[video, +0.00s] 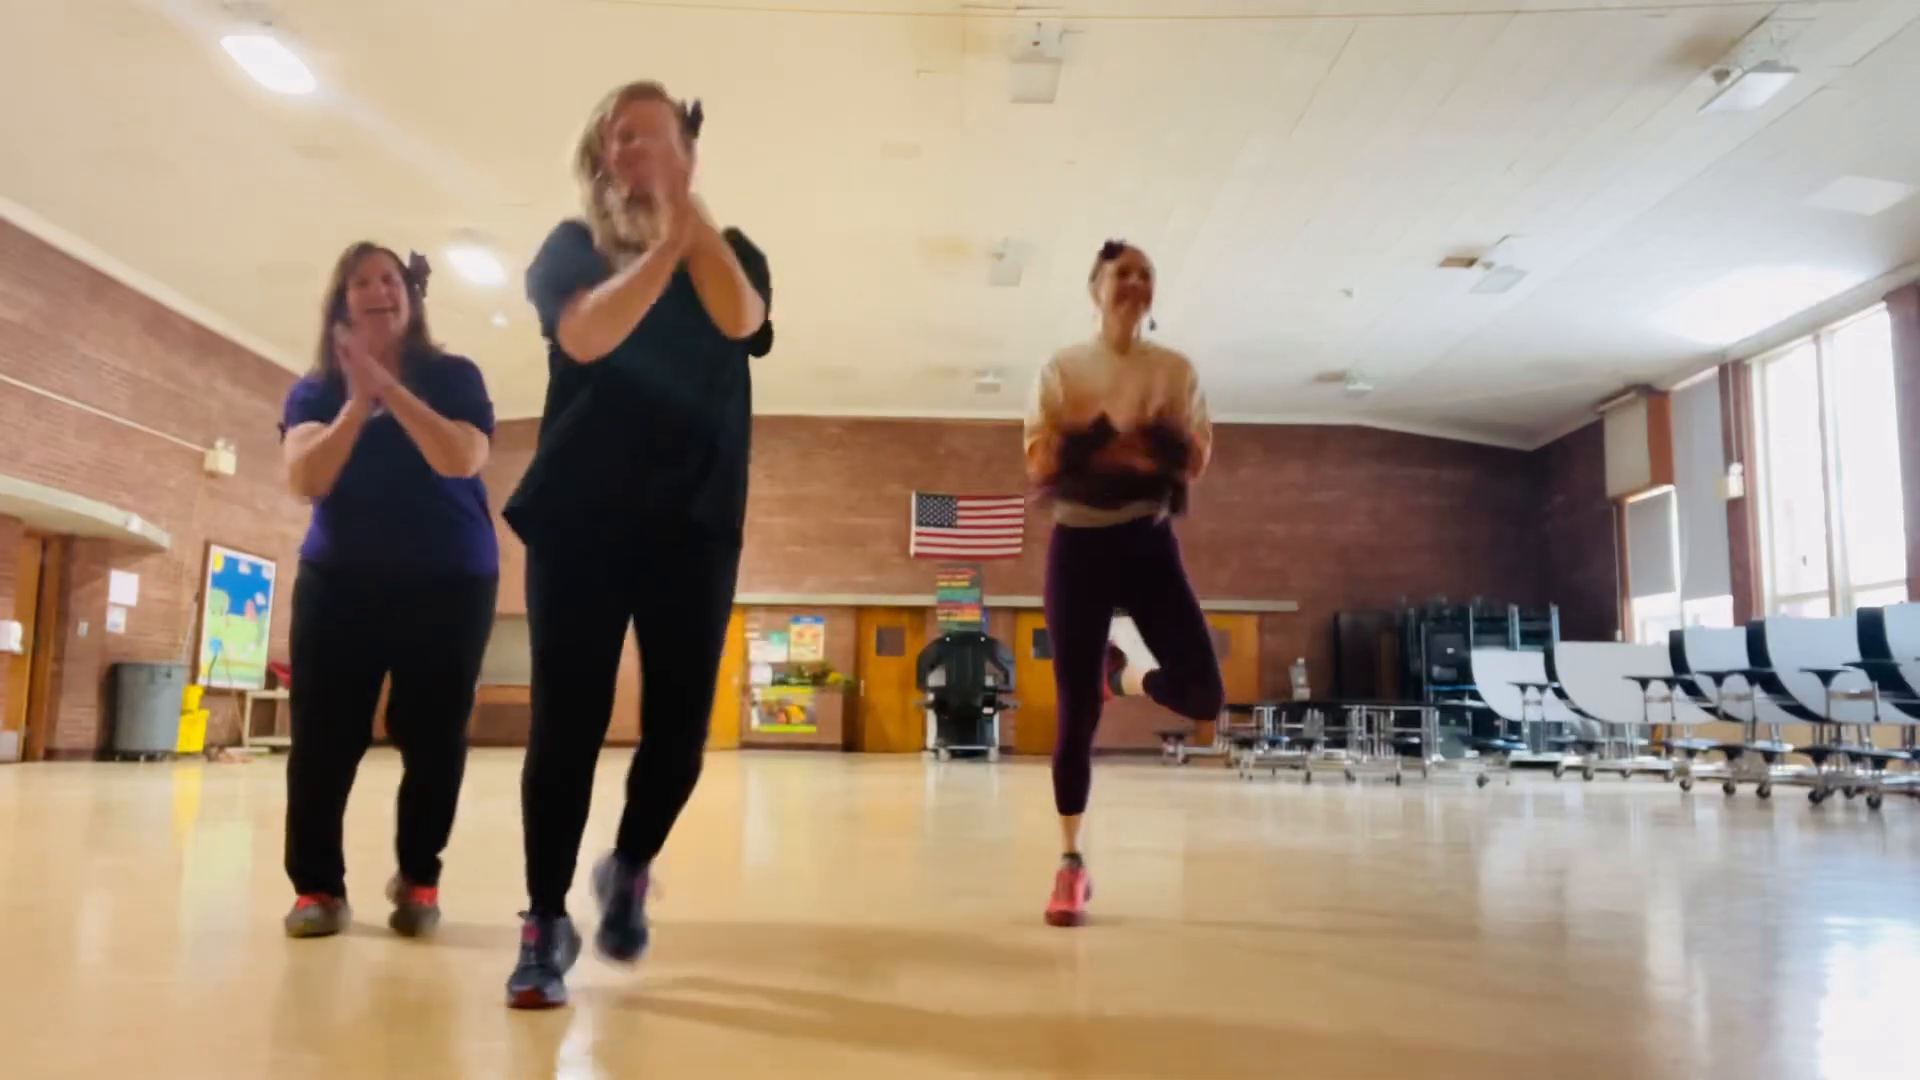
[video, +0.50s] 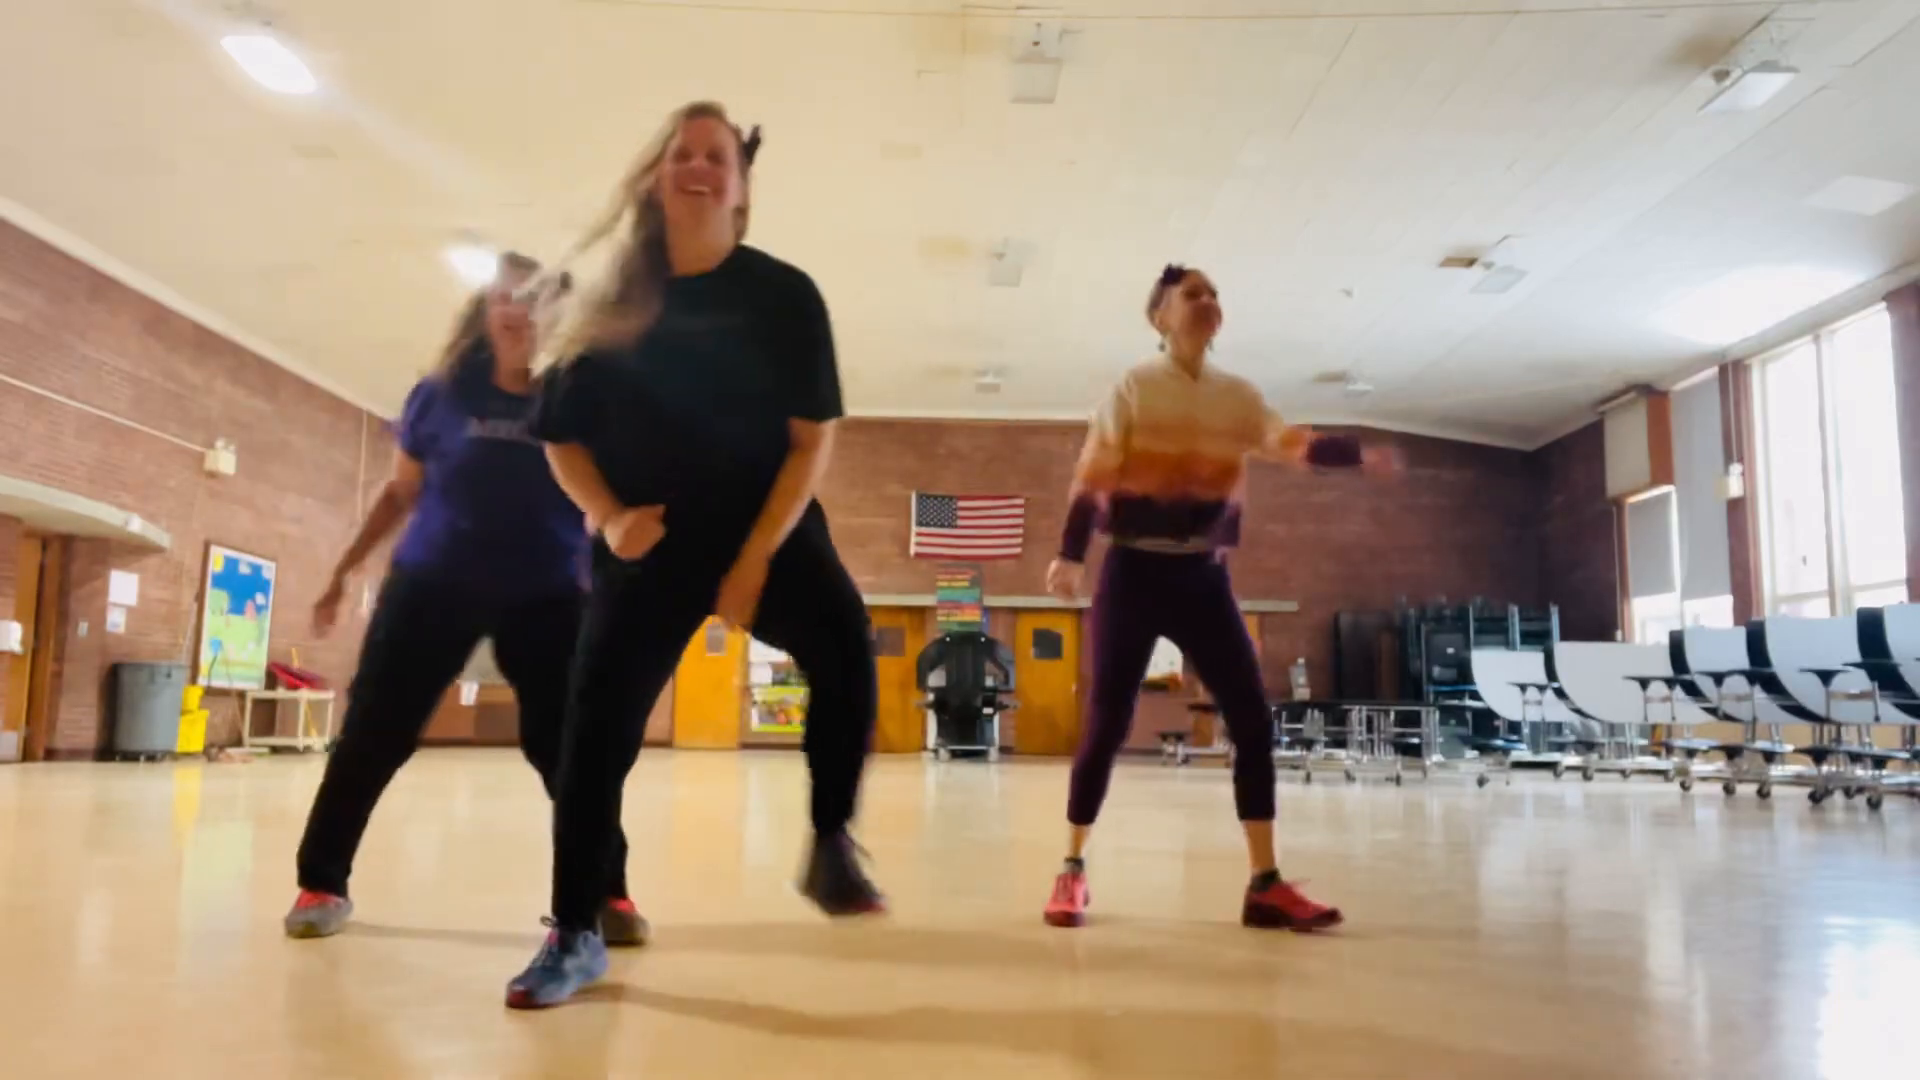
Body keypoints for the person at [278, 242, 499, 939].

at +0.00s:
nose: (380, 293)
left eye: (391, 282)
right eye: (363, 284)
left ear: (412, 300)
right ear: (339, 307)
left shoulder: (452, 376)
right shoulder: (316, 391)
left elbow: (465, 458)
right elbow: (307, 478)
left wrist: (387, 386)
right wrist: (357, 403)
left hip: (447, 587)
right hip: (340, 583)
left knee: (435, 743)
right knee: (324, 743)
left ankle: (419, 883)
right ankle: (318, 891)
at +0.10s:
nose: (382, 291)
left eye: (393, 279)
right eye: (365, 282)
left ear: (416, 293)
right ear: (346, 301)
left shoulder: (457, 374)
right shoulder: (317, 388)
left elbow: (492, 457)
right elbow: (279, 487)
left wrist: (406, 412)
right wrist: (322, 420)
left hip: (456, 584)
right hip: (348, 582)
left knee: (464, 730)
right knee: (327, 740)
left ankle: (451, 863)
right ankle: (320, 891)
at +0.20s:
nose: (400, 286)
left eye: (411, 274)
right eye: (384, 277)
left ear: (432, 288)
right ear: (362, 296)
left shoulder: (476, 376)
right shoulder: (329, 385)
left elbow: (523, 469)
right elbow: (271, 476)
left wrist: (467, 457)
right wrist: (298, 446)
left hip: (471, 578)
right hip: (363, 579)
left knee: (500, 724)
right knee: (336, 735)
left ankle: (509, 868)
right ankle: (319, 890)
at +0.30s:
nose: (426, 290)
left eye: (437, 279)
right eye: (412, 280)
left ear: (460, 292)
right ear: (390, 299)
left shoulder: (504, 383)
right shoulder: (355, 386)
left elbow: (541, 462)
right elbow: (299, 464)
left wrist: (526, 496)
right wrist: (252, 518)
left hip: (487, 577)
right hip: (378, 577)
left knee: (528, 727)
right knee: (342, 734)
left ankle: (570, 875)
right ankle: (319, 889)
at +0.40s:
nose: (468, 300)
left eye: (481, 290)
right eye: (455, 289)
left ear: (502, 305)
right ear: (430, 303)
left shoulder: (535, 392)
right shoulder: (390, 391)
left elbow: (576, 480)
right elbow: (341, 484)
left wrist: (563, 532)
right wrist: (279, 557)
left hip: (509, 589)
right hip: (399, 586)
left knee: (543, 737)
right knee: (352, 737)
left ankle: (593, 880)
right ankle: (320, 889)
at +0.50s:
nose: (516, 314)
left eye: (530, 302)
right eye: (505, 301)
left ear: (553, 314)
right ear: (484, 311)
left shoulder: (572, 403)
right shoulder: (440, 396)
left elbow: (609, 498)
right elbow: (400, 492)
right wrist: (344, 571)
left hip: (543, 594)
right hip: (436, 587)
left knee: (565, 744)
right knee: (375, 731)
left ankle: (608, 892)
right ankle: (321, 886)